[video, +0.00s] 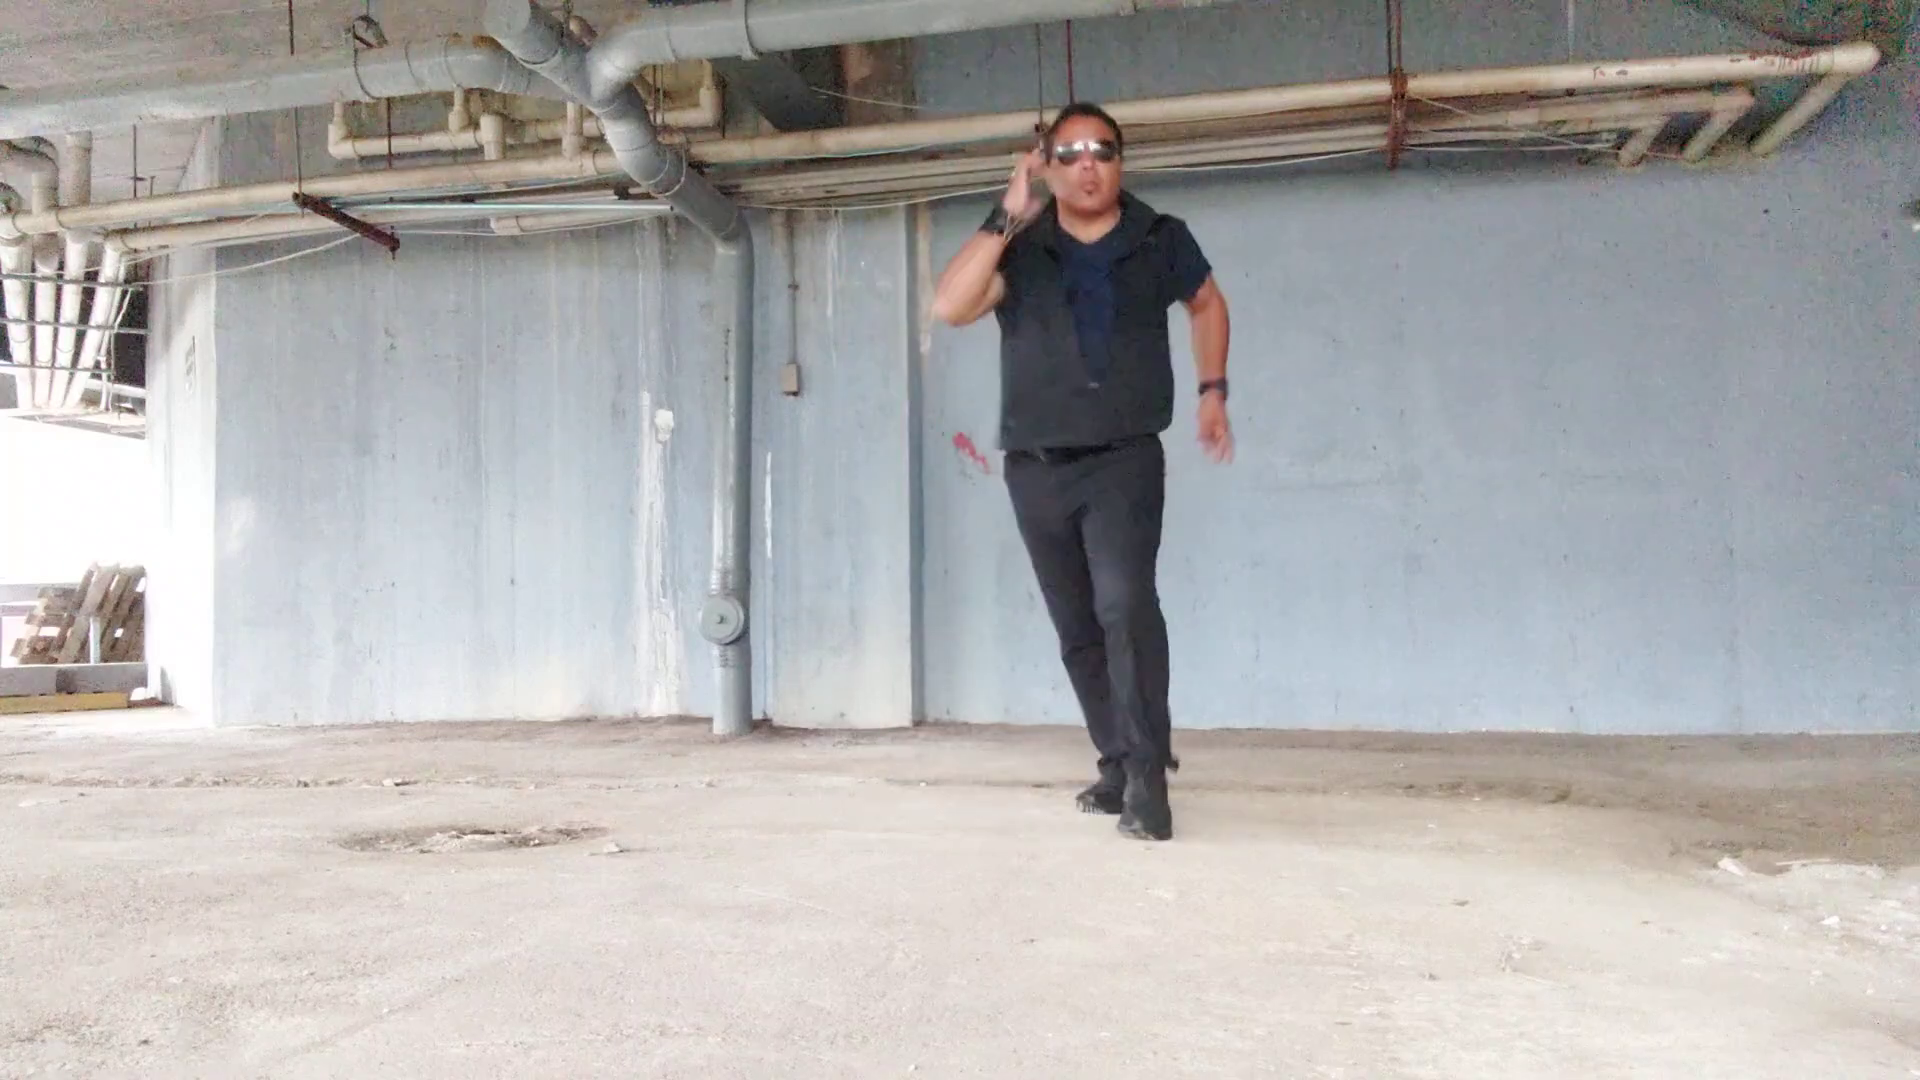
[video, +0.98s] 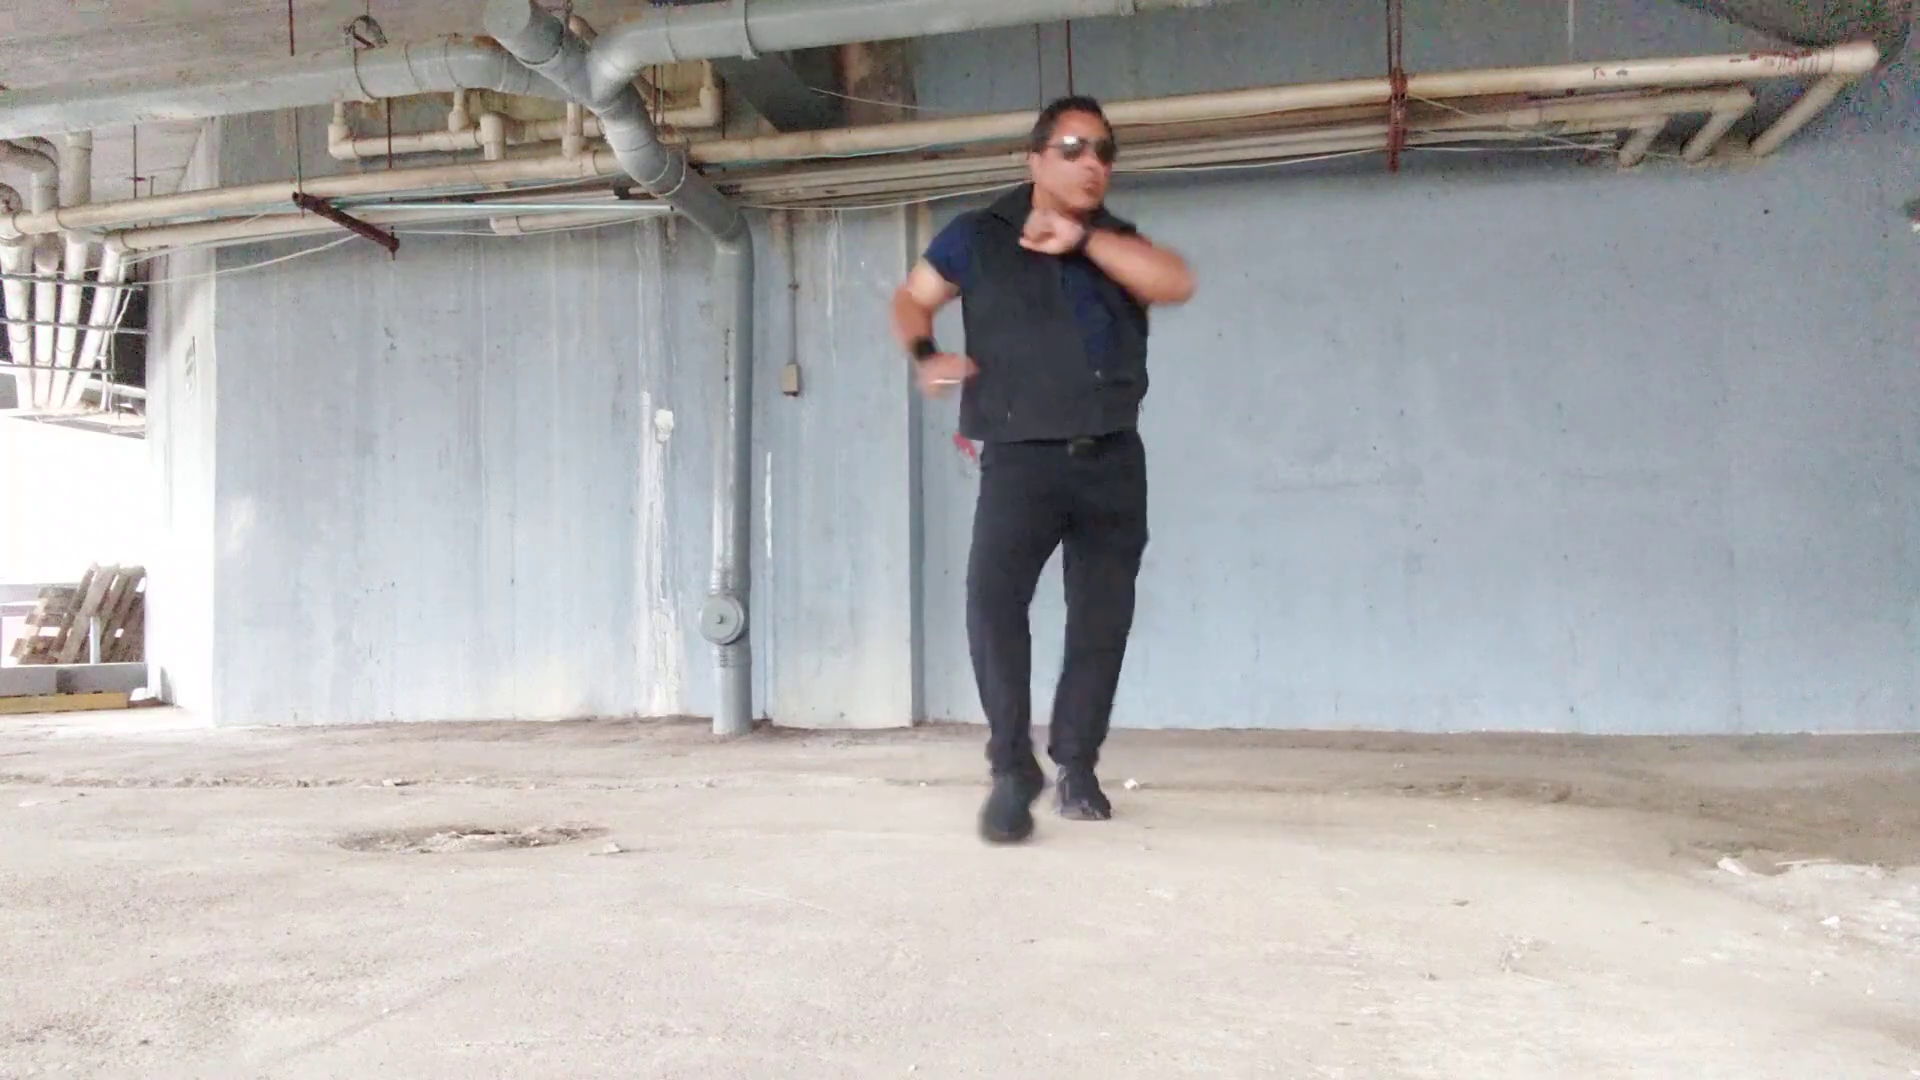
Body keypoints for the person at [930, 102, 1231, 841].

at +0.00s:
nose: (1087, 164)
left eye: (1101, 152)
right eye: (1070, 154)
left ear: (1120, 166)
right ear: (1045, 170)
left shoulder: (1157, 238)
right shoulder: (1017, 247)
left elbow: (1206, 303)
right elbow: (950, 307)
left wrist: (1212, 393)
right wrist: (1008, 218)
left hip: (1124, 457)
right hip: (1037, 464)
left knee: (1122, 606)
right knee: (1076, 629)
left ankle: (1146, 774)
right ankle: (1116, 763)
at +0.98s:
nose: (1092, 162)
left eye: (1102, 152)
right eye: (1074, 149)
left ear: (1111, 168)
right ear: (1035, 163)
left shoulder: (1119, 240)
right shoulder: (980, 235)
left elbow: (1177, 283)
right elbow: (910, 301)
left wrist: (1085, 238)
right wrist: (923, 354)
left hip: (1111, 462)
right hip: (1019, 462)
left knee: (1103, 620)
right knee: (993, 603)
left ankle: (1076, 764)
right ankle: (1012, 768)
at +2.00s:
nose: (1054, 162)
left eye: (1067, 147)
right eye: (1050, 151)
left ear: (1122, 146)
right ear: (1069, 164)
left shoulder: (1187, 207)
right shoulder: (1064, 222)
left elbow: (1273, 271)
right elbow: (999, 248)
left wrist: (1332, 314)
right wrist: (1103, 214)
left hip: (1162, 443)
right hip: (1099, 454)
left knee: (1102, 602)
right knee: (1172, 617)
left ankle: (1178, 778)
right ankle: (1259, 780)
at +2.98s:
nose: (962, 166)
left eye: (975, 152)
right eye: (943, 154)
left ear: (993, 164)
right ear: (917, 166)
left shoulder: (1022, 244)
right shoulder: (880, 231)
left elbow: (1026, 318)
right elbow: (815, 293)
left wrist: (918, 281)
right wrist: (803, 373)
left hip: (1000, 456)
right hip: (914, 450)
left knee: (988, 621)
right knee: (937, 592)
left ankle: (951, 774)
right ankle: (852, 748)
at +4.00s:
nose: (1035, 133)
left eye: (1052, 120)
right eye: (1020, 119)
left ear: (1076, 128)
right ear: (996, 126)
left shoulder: (1112, 198)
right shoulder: (956, 198)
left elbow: (1162, 261)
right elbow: (889, 283)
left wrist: (1159, 338)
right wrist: (944, 251)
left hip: (1078, 439)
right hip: (981, 442)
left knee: (1083, 615)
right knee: (995, 615)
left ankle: (1087, 787)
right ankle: (1025, 769)